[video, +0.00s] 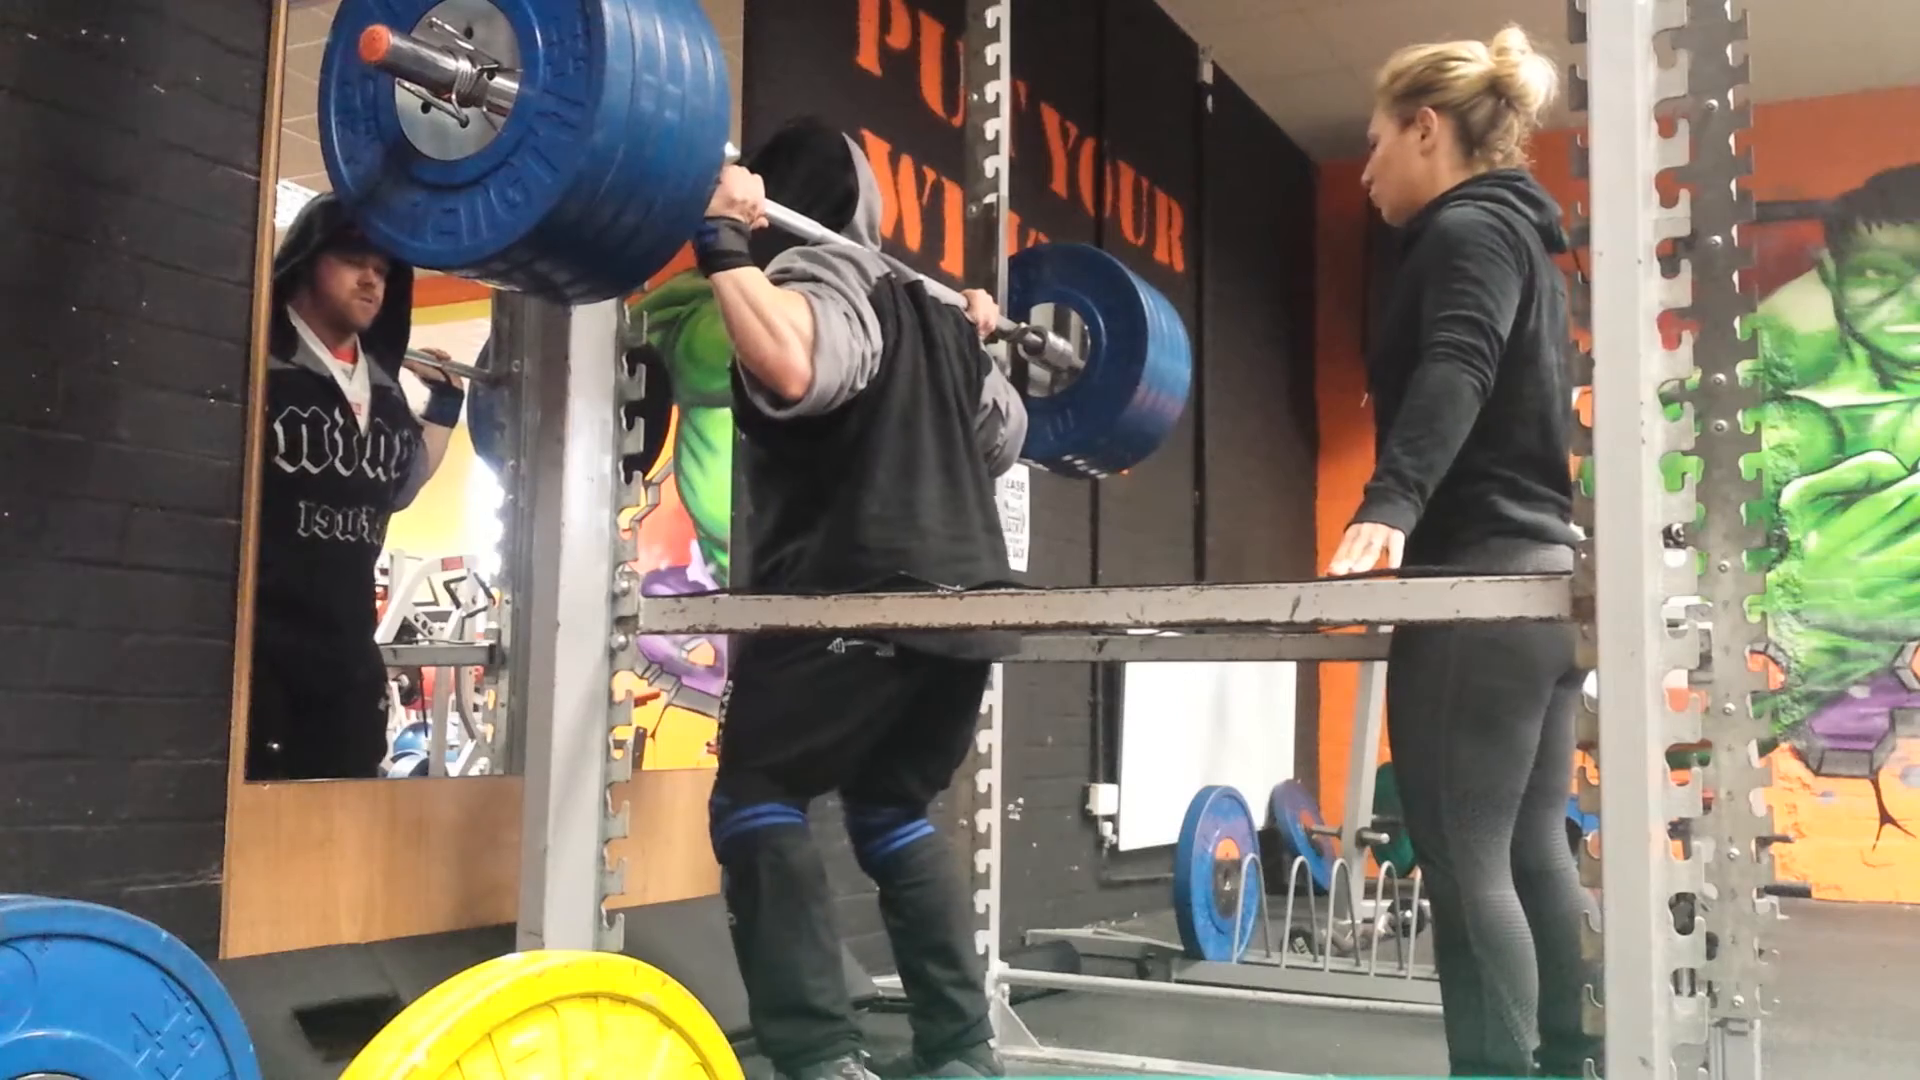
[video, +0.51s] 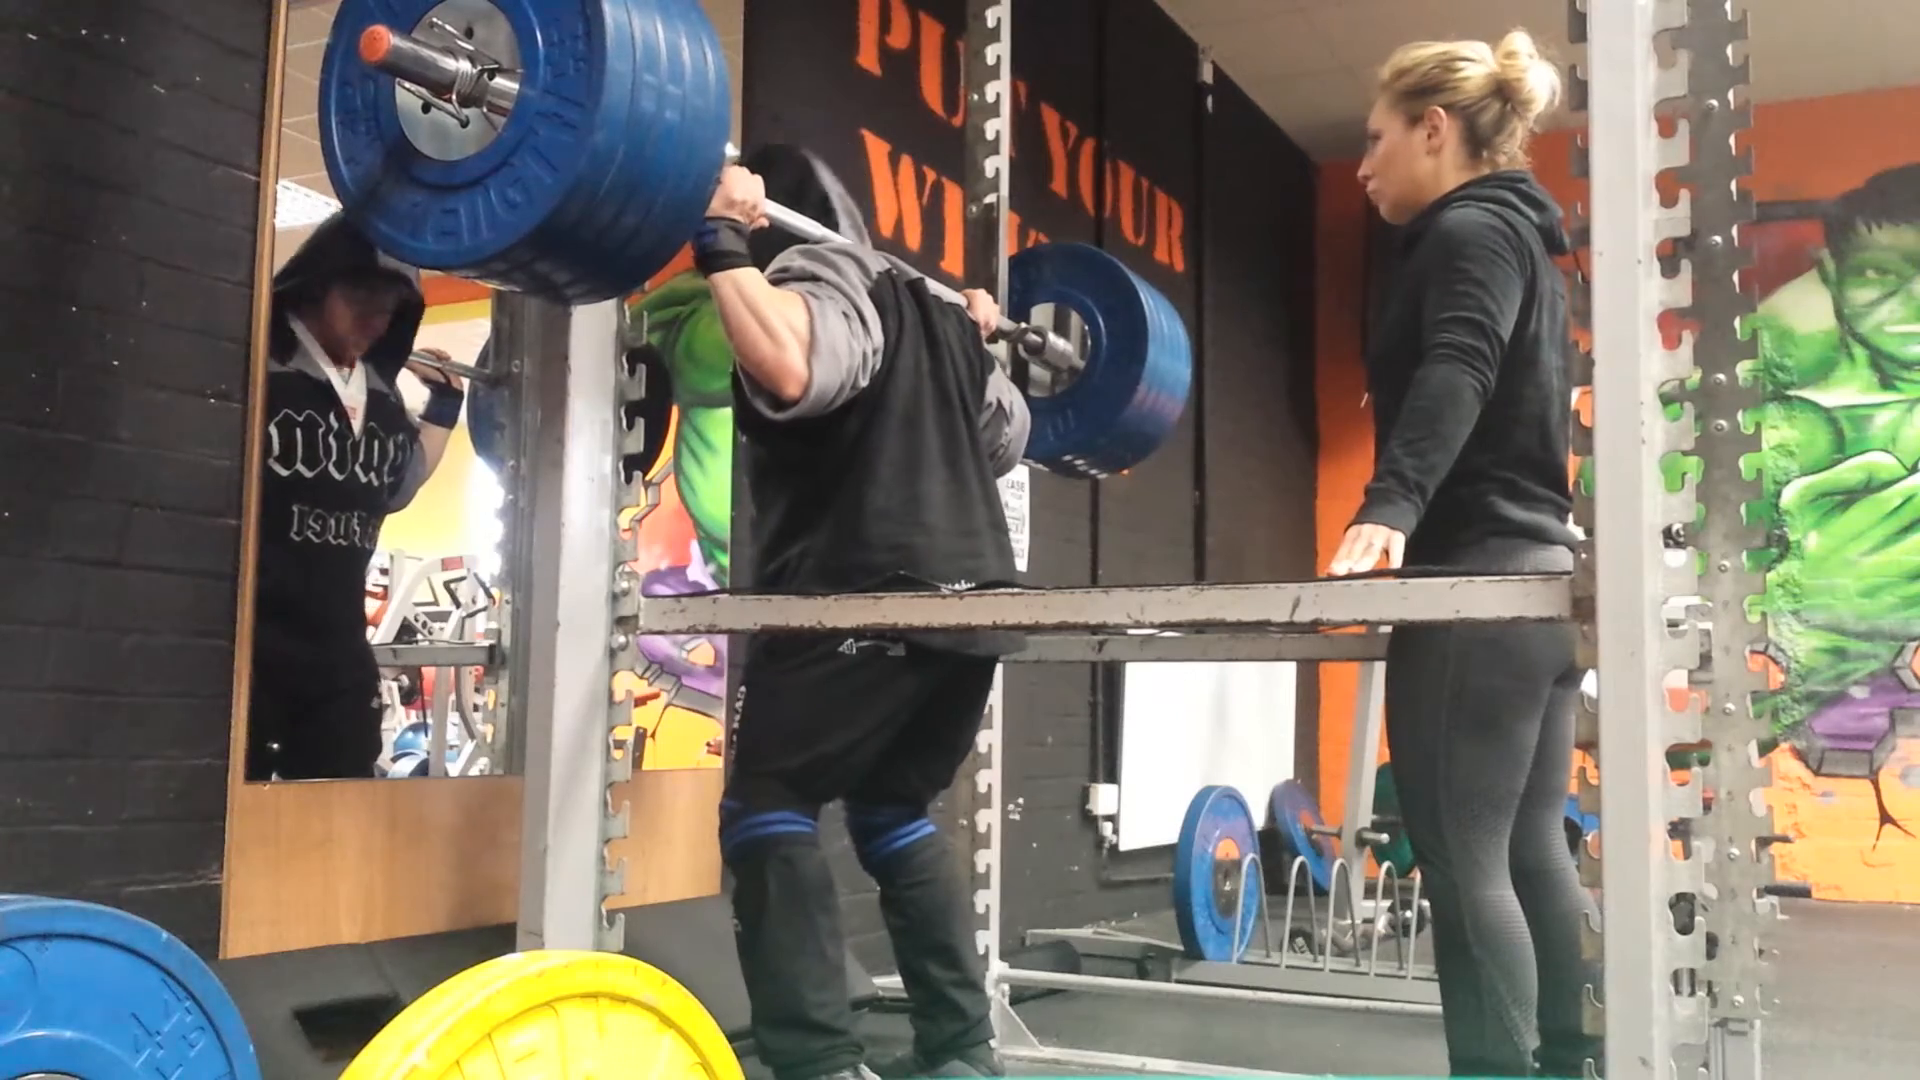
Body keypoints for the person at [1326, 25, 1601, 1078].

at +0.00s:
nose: (1366, 170)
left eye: (1375, 143)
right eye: (1368, 146)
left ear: (1430, 132)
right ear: (1445, 134)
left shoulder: (1469, 225)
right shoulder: (1515, 225)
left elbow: (1457, 363)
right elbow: (1524, 411)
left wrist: (1386, 511)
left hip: (1479, 582)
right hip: (1535, 580)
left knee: (1467, 863)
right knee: (1536, 845)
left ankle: (1494, 1073)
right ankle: (1569, 1065)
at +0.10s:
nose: (1367, 170)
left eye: (1376, 142)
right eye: (1369, 146)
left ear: (1433, 130)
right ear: (1446, 133)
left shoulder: (1470, 226)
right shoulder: (1516, 227)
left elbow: (1458, 364)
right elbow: (1523, 412)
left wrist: (1386, 512)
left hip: (1478, 581)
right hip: (1535, 580)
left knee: (1467, 862)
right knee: (1534, 844)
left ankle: (1494, 1073)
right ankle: (1569, 1065)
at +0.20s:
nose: (1367, 170)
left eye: (1376, 142)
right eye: (1369, 146)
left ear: (1433, 131)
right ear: (1449, 134)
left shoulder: (1470, 226)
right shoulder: (1518, 228)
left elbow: (1460, 364)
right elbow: (1523, 410)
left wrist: (1386, 512)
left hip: (1478, 586)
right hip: (1536, 584)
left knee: (1467, 864)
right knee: (1534, 846)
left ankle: (1494, 1073)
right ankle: (1569, 1066)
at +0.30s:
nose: (1367, 169)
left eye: (1376, 142)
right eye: (1368, 146)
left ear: (1434, 132)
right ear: (1449, 135)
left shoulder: (1470, 226)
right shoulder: (1518, 228)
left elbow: (1460, 365)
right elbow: (1523, 409)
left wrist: (1386, 513)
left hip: (1478, 586)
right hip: (1536, 583)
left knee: (1467, 863)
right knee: (1533, 845)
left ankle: (1494, 1073)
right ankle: (1569, 1065)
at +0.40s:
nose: (1365, 170)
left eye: (1375, 142)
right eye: (1366, 146)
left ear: (1436, 130)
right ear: (1446, 134)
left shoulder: (1471, 227)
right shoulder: (1518, 229)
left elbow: (1459, 364)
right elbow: (1524, 413)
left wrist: (1386, 511)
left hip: (1478, 585)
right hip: (1535, 582)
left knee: (1469, 867)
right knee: (1534, 848)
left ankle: (1494, 1075)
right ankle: (1568, 1065)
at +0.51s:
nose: (1365, 168)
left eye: (1375, 141)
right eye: (1365, 145)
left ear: (1437, 130)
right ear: (1446, 133)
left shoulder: (1470, 227)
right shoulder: (1517, 228)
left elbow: (1458, 364)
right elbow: (1525, 414)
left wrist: (1386, 511)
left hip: (1478, 586)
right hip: (1535, 584)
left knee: (1468, 867)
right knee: (1534, 846)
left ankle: (1494, 1073)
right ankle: (1568, 1064)